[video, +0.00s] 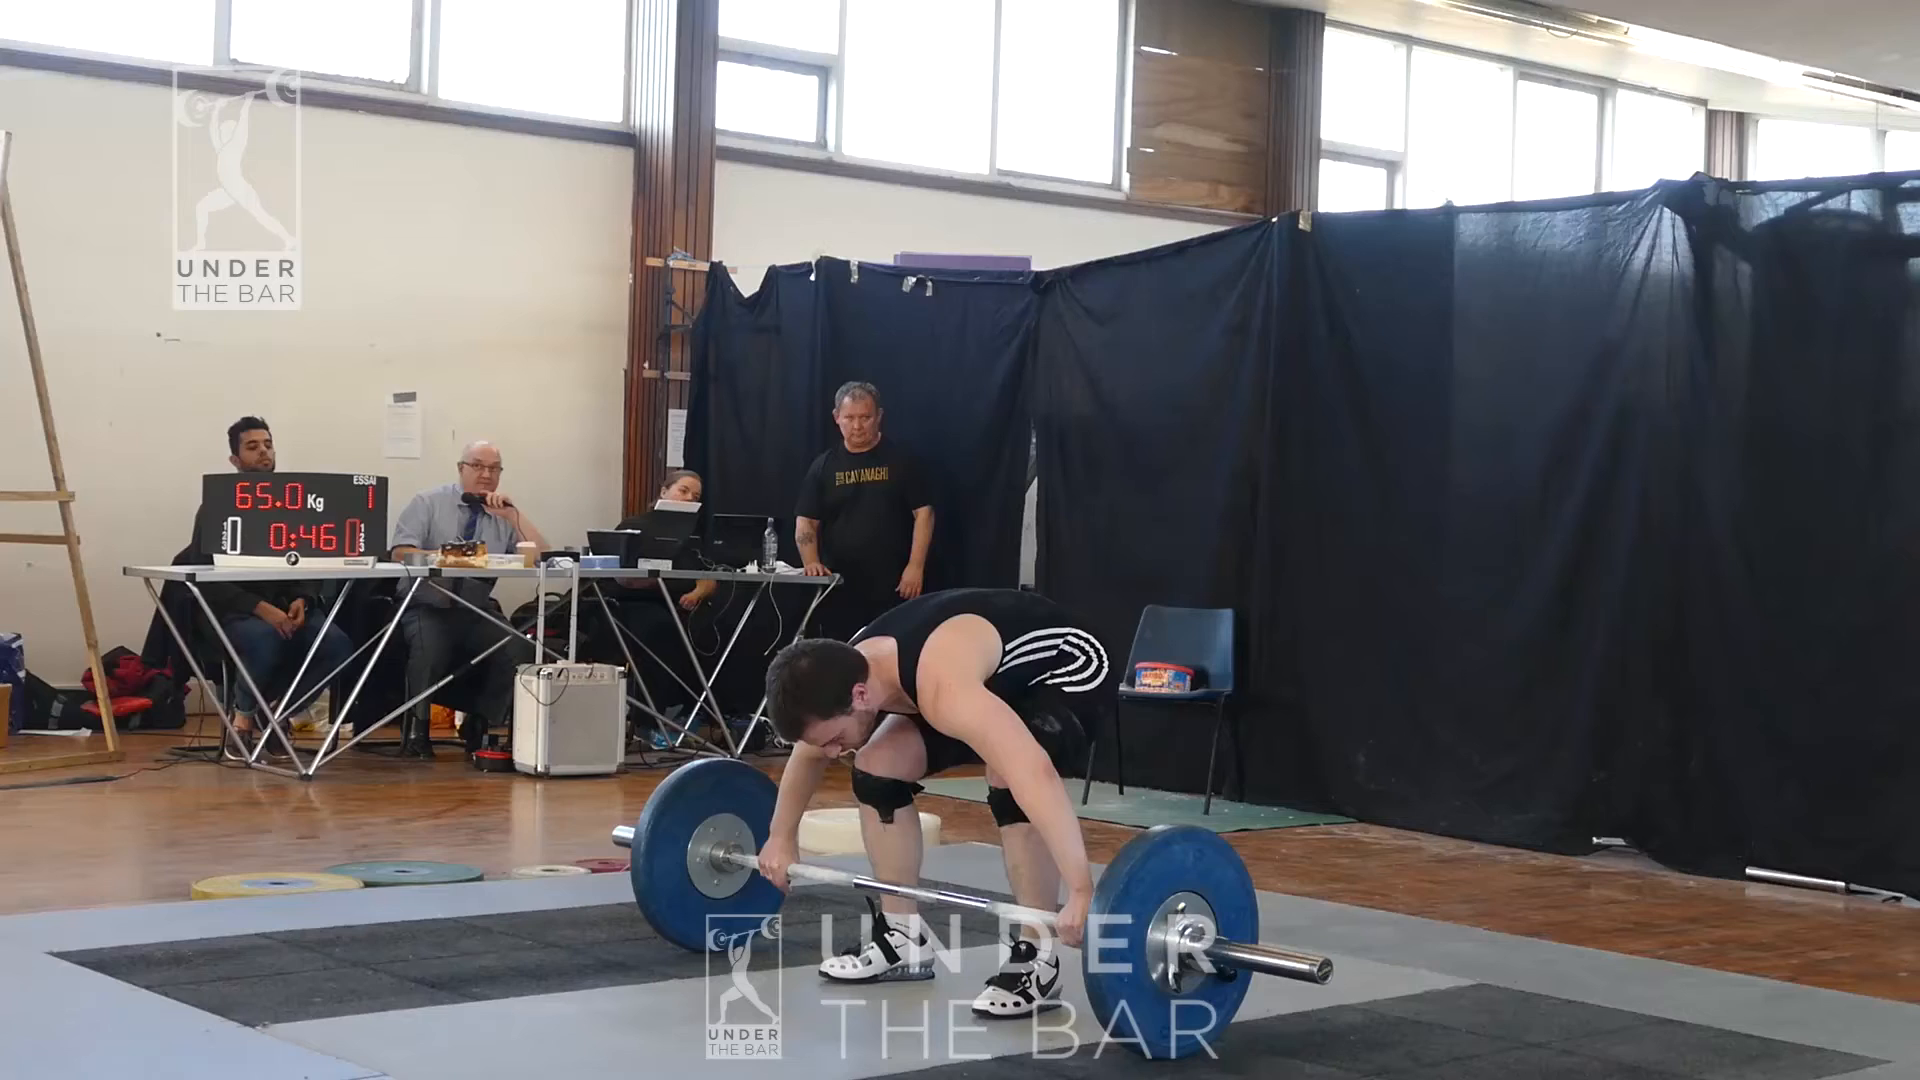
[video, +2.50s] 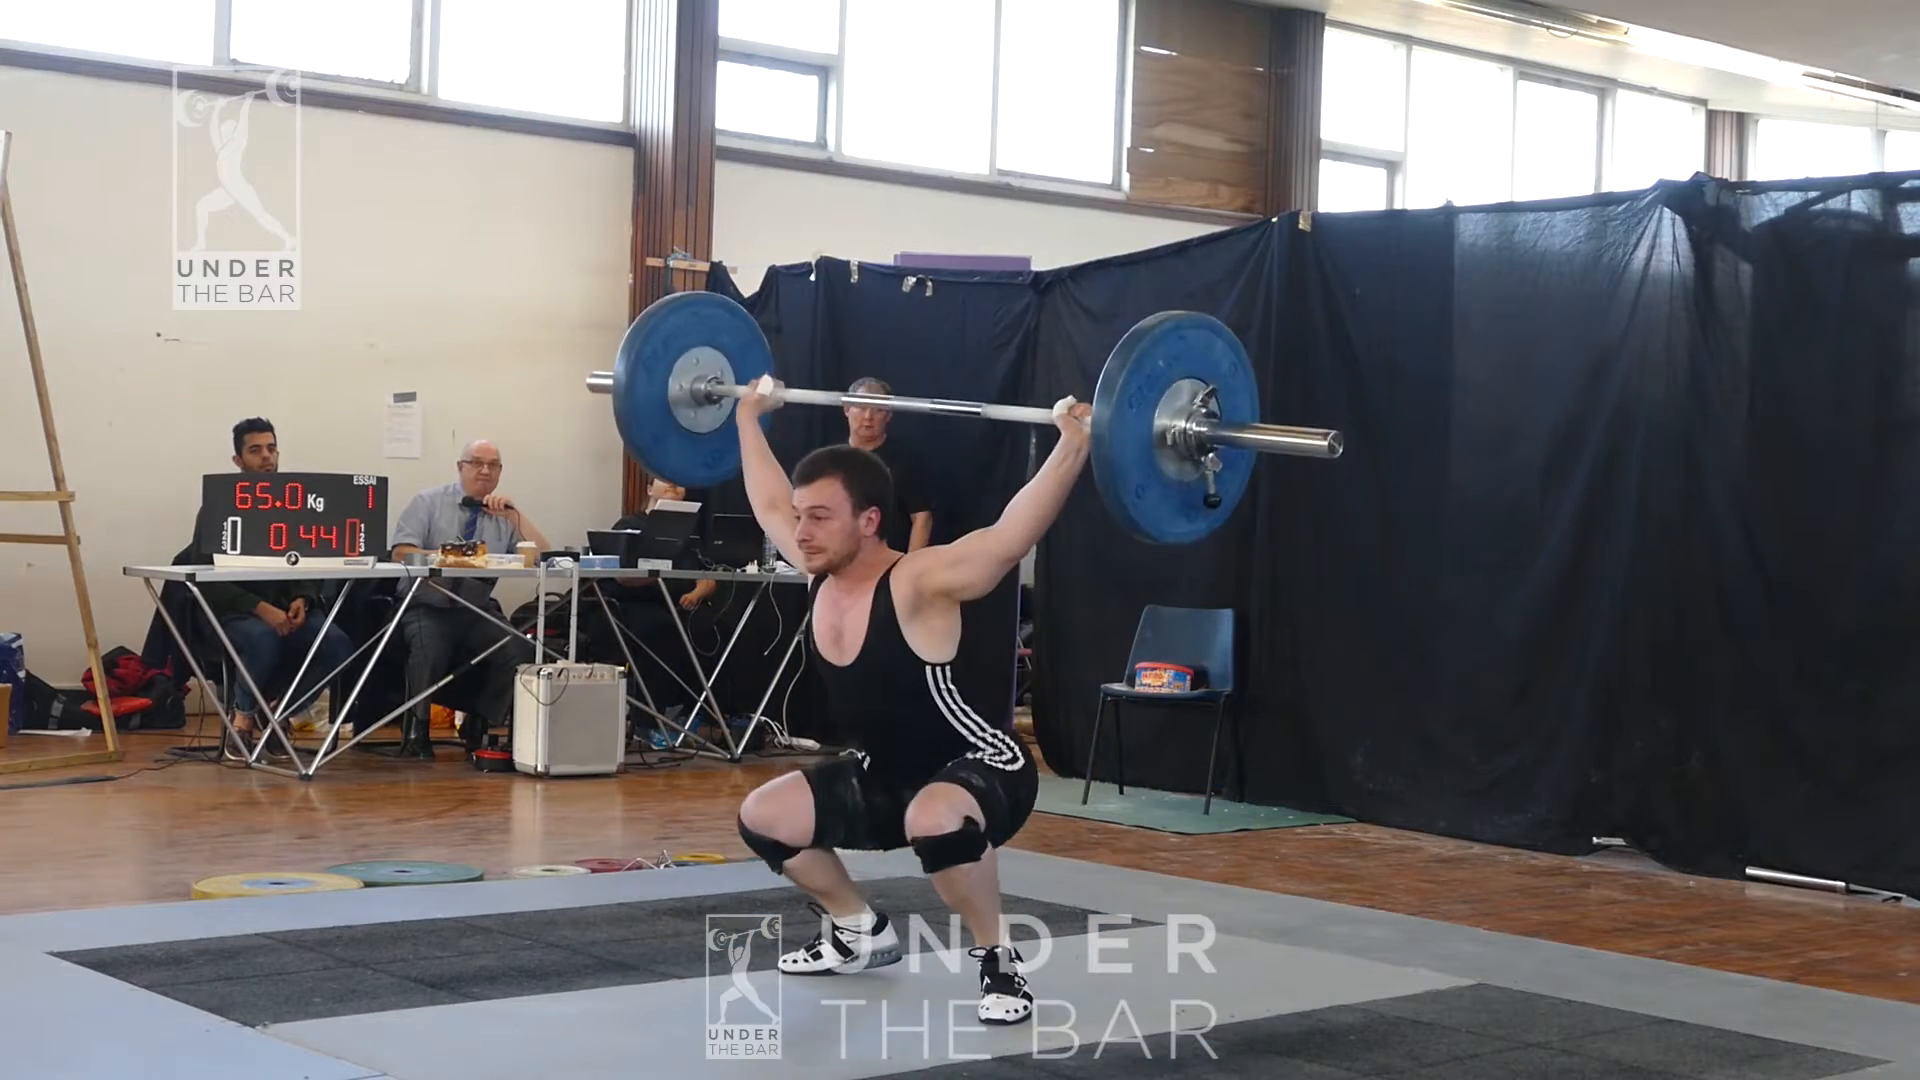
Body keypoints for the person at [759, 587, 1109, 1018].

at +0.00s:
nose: (830, 752)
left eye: (834, 739)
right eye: (817, 745)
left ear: (860, 696)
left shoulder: (947, 689)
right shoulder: (847, 669)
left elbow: (1032, 771)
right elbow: (810, 752)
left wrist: (1081, 885)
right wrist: (780, 833)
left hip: (1072, 672)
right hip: (993, 683)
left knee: (1010, 782)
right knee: (878, 771)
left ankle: (1036, 962)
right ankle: (903, 942)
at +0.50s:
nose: (825, 737)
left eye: (829, 720)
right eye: (812, 727)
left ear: (858, 683)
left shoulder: (949, 685)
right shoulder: (852, 671)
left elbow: (1036, 773)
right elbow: (811, 753)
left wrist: (1077, 888)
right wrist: (780, 834)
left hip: (1069, 699)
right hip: (985, 706)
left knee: (1003, 786)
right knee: (863, 777)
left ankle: (1036, 962)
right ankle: (902, 940)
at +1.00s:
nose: (831, 601)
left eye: (847, 584)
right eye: (826, 587)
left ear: (897, 586)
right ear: (821, 586)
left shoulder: (963, 662)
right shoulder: (848, 677)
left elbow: (1035, 765)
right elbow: (815, 751)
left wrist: (1070, 882)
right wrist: (779, 829)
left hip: (1055, 783)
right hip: (960, 782)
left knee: (995, 798)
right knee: (839, 787)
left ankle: (1030, 959)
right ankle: (902, 940)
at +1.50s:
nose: (829, 537)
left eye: (848, 523)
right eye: (825, 523)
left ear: (896, 534)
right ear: (819, 532)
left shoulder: (959, 601)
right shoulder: (843, 609)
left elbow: (1055, 681)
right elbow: (808, 670)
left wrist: (1074, 799)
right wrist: (771, 753)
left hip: (1034, 693)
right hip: (959, 699)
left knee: (1027, 782)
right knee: (864, 768)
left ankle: (1034, 955)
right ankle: (899, 936)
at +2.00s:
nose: (1005, 272)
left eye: (1024, 267)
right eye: (1007, 261)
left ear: (1062, 298)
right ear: (999, 285)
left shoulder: (1064, 366)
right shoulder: (956, 365)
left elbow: (1108, 399)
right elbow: (864, 401)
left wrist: (1075, 420)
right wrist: (762, 409)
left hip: (993, 597)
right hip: (916, 591)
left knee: (977, 739)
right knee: (831, 738)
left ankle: (1020, 925)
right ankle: (874, 902)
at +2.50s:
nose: (804, 531)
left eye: (818, 517)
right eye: (800, 517)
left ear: (868, 520)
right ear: (797, 524)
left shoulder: (923, 579)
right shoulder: (823, 577)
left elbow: (1009, 537)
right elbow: (774, 509)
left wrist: (1072, 447)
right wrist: (748, 418)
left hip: (982, 767)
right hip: (886, 776)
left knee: (934, 819)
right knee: (764, 815)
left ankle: (997, 960)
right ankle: (860, 930)